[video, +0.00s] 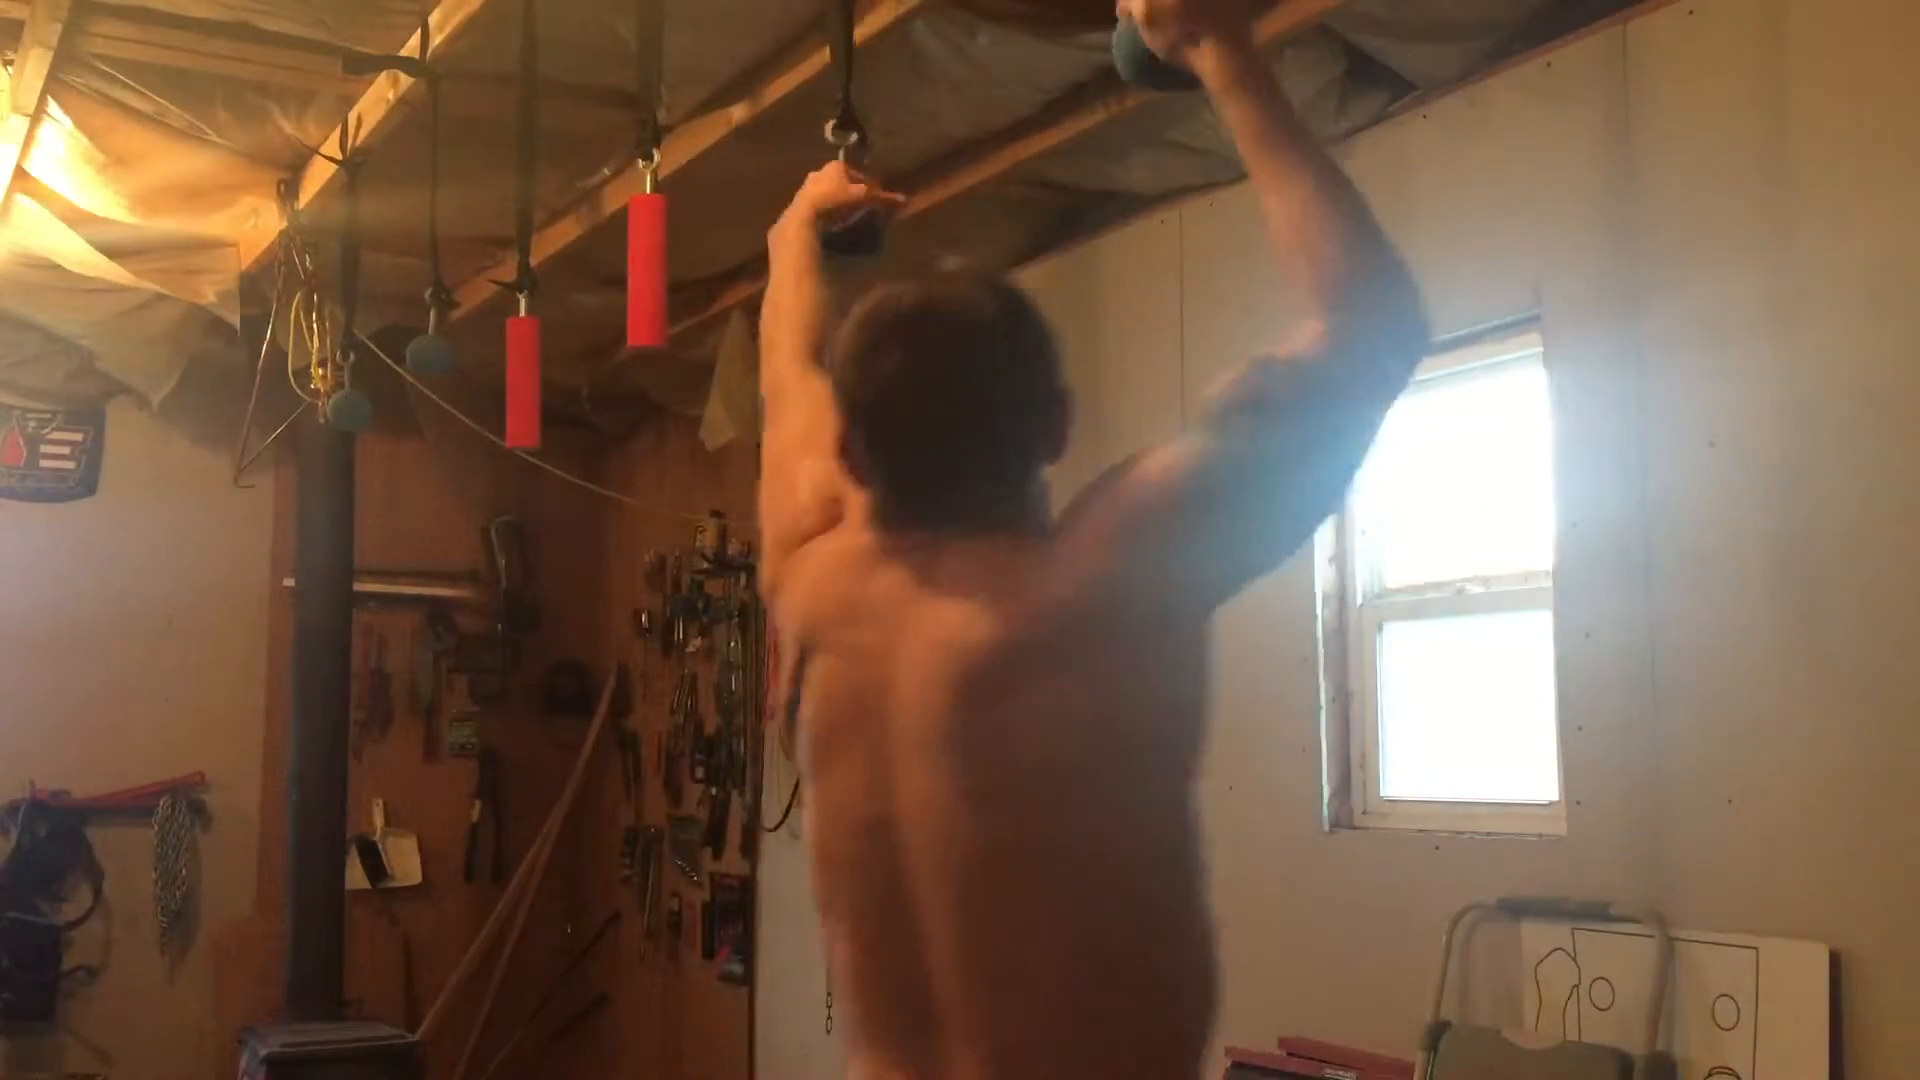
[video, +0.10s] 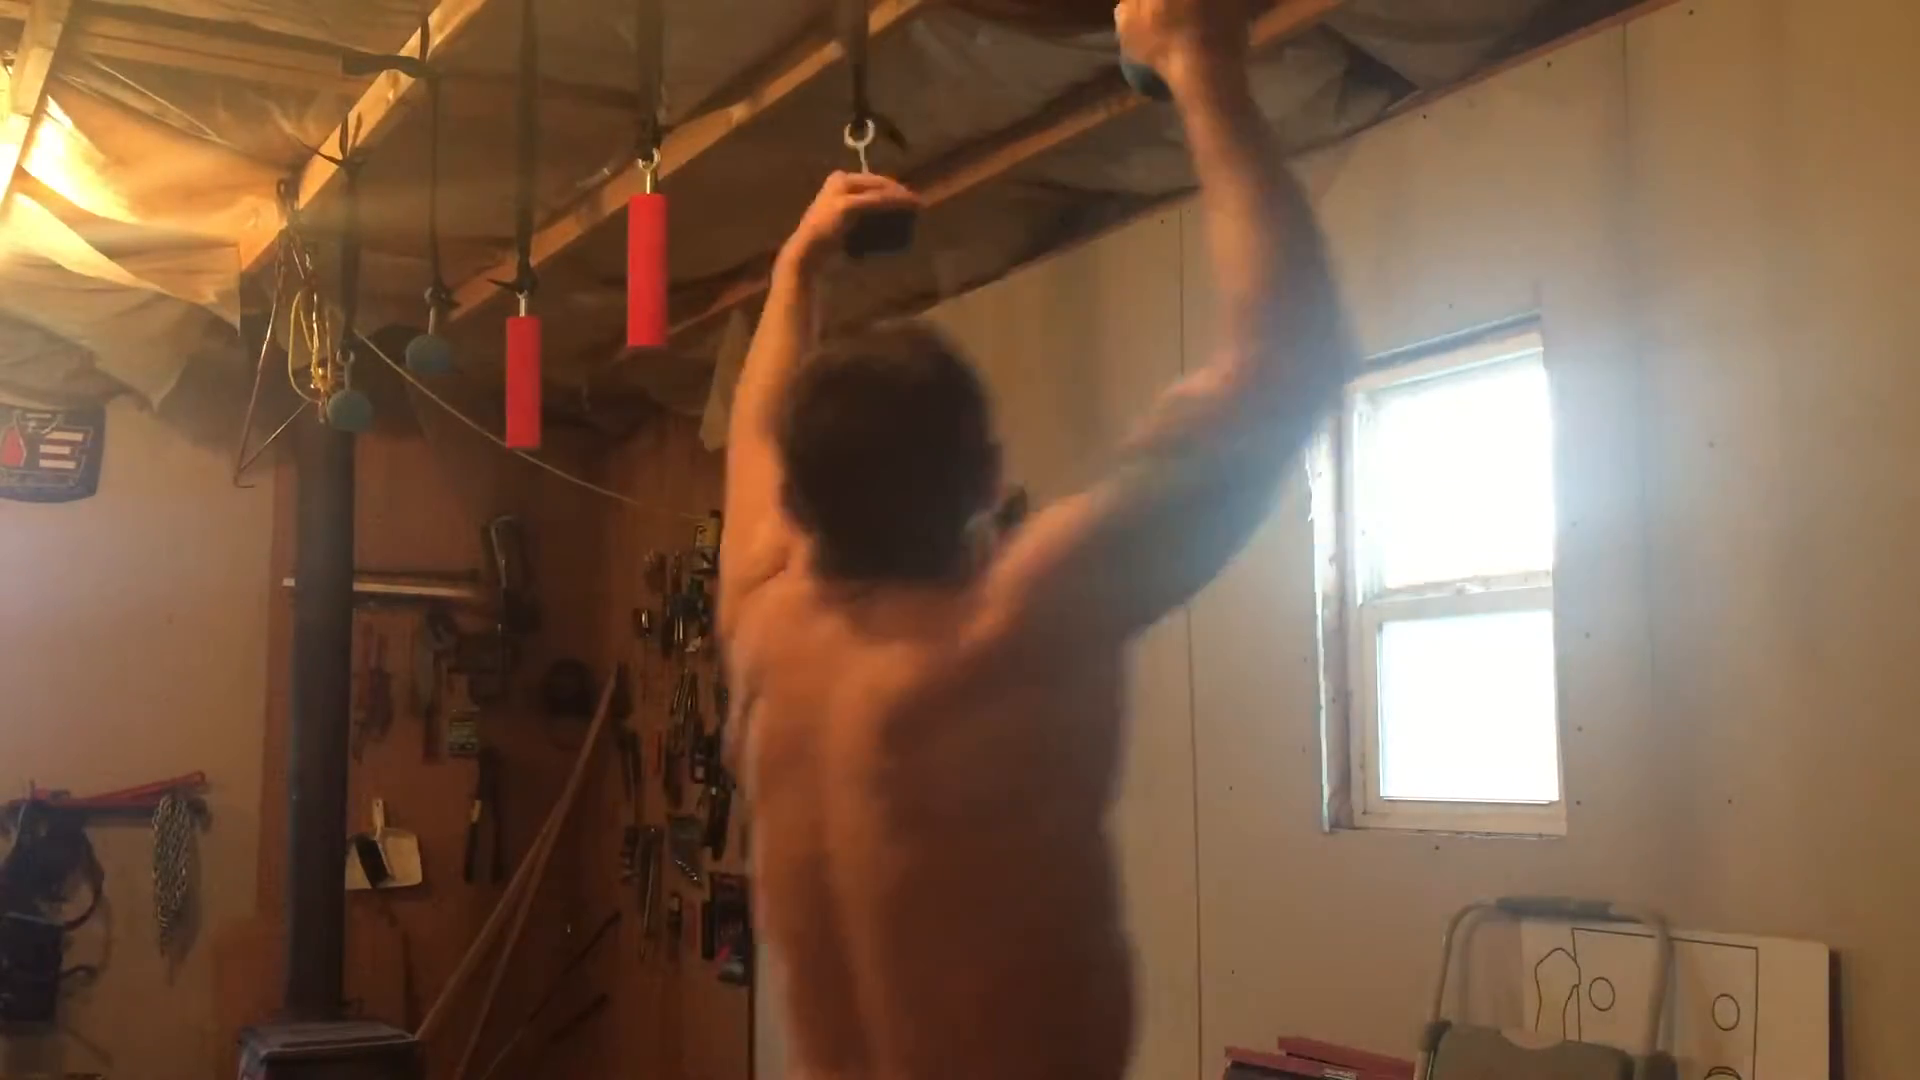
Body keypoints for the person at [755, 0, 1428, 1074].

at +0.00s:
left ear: (850, 452)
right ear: (1057, 430)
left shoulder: (822, 601)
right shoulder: (1120, 580)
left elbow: (792, 380)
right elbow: (1371, 332)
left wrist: (796, 221)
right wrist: (1226, 51)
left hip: (888, 1064)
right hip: (1124, 1063)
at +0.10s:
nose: (997, 463)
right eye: (987, 446)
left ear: (796, 493)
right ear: (982, 483)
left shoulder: (769, 640)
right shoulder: (1036, 618)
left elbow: (760, 430)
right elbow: (1288, 365)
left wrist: (799, 253)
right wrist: (1204, 63)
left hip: (823, 1067)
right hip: (1035, 1063)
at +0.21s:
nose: (904, 490)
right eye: (891, 474)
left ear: (727, 527)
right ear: (882, 520)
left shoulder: (695, 661)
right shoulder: (934, 630)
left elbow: (775, 475)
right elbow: (1137, 409)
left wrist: (805, 269)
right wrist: (1139, 89)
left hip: (758, 1066)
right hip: (959, 1064)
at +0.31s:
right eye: (781, 463)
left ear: (630, 529)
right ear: (776, 505)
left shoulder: (619, 632)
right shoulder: (818, 613)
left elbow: (791, 490)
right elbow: (1016, 416)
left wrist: (815, 291)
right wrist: (1027, 102)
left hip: (693, 1062)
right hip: (848, 1062)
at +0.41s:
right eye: (708, 372)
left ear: (563, 443)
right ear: (707, 416)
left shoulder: (557, 560)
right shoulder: (731, 536)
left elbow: (769, 489)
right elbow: (944, 403)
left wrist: (791, 309)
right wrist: (972, 110)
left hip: (637, 1042)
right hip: (788, 1034)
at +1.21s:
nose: (782, 275)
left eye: (784, 253)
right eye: (777, 258)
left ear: (632, 314)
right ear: (766, 290)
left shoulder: (619, 451)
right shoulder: (802, 434)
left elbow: (717, 402)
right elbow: (1083, 402)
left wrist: (779, 276)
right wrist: (1045, 137)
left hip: (765, 923)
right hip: (911, 959)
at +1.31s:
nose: (853, 266)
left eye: (846, 240)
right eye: (846, 243)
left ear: (688, 290)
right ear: (827, 268)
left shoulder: (668, 446)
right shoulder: (877, 410)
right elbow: (1166, 399)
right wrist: (1098, 137)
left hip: (860, 933)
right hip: (1014, 956)